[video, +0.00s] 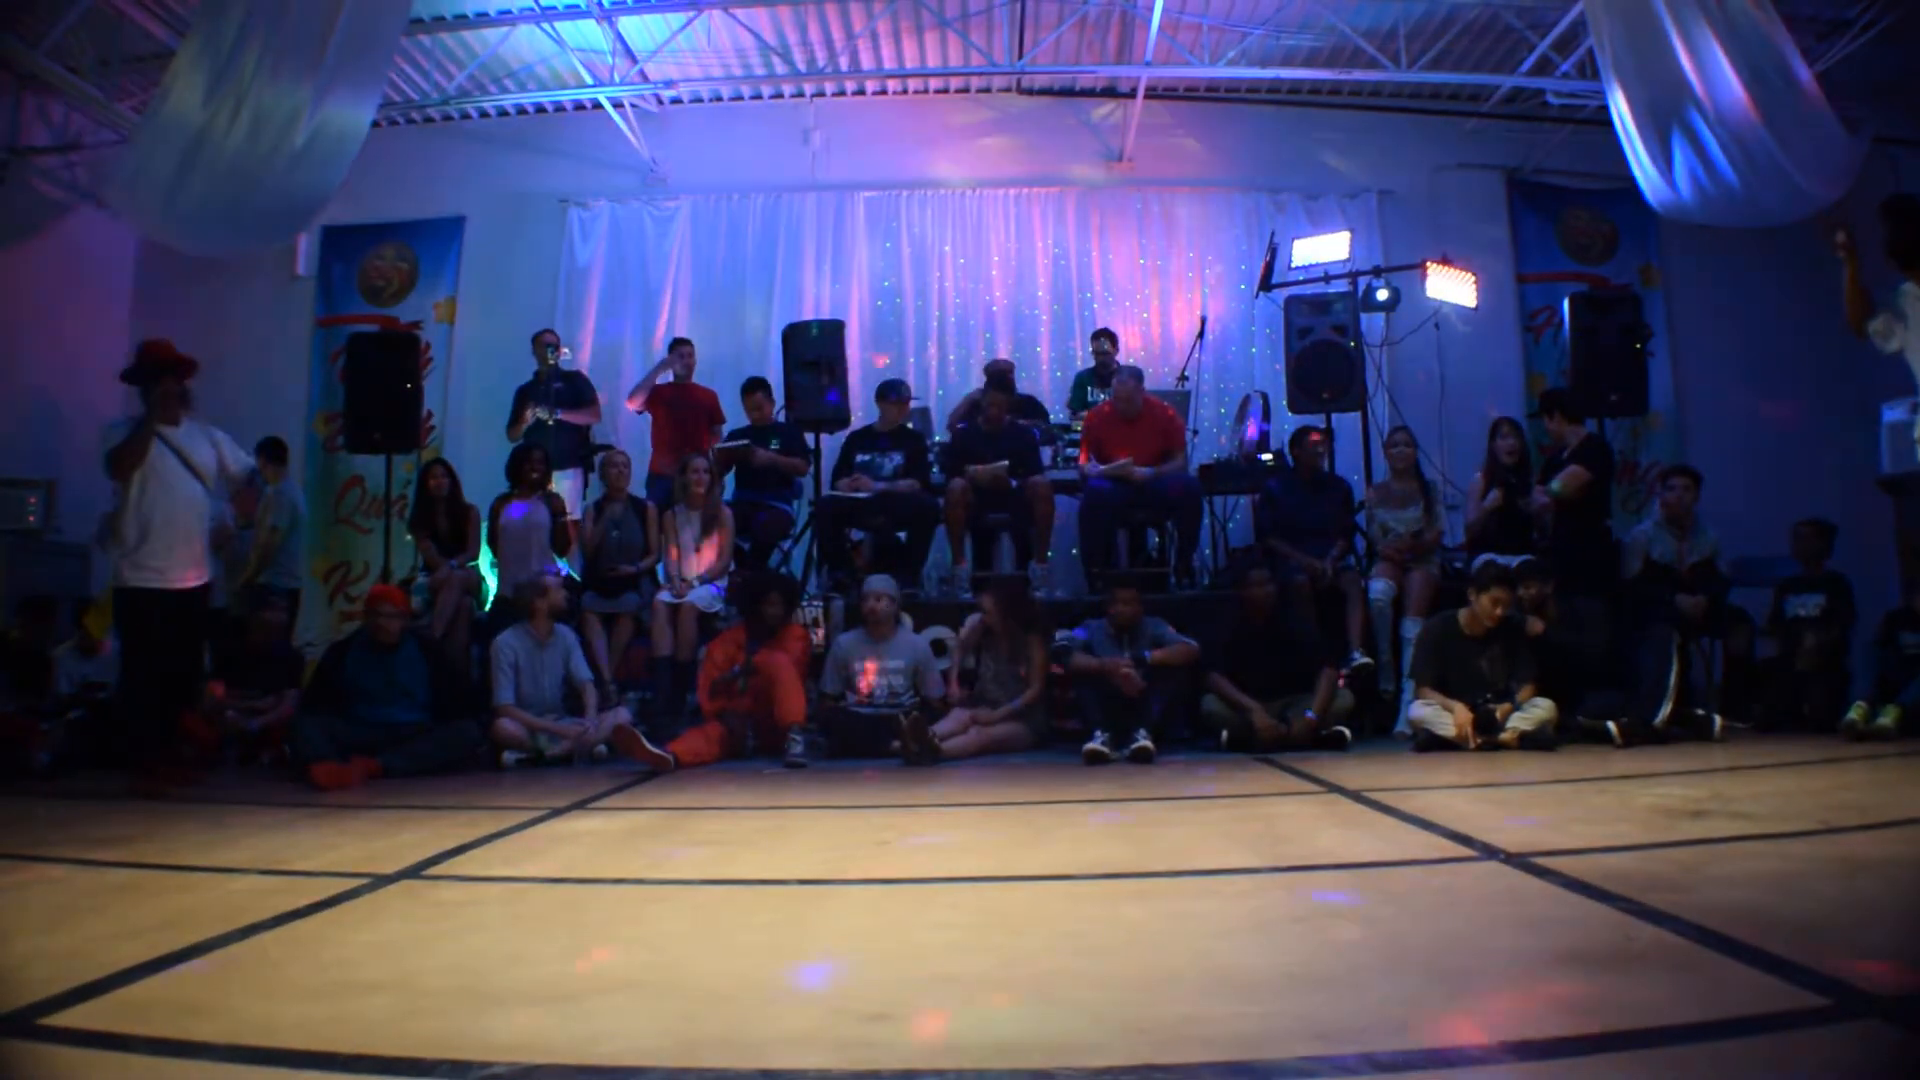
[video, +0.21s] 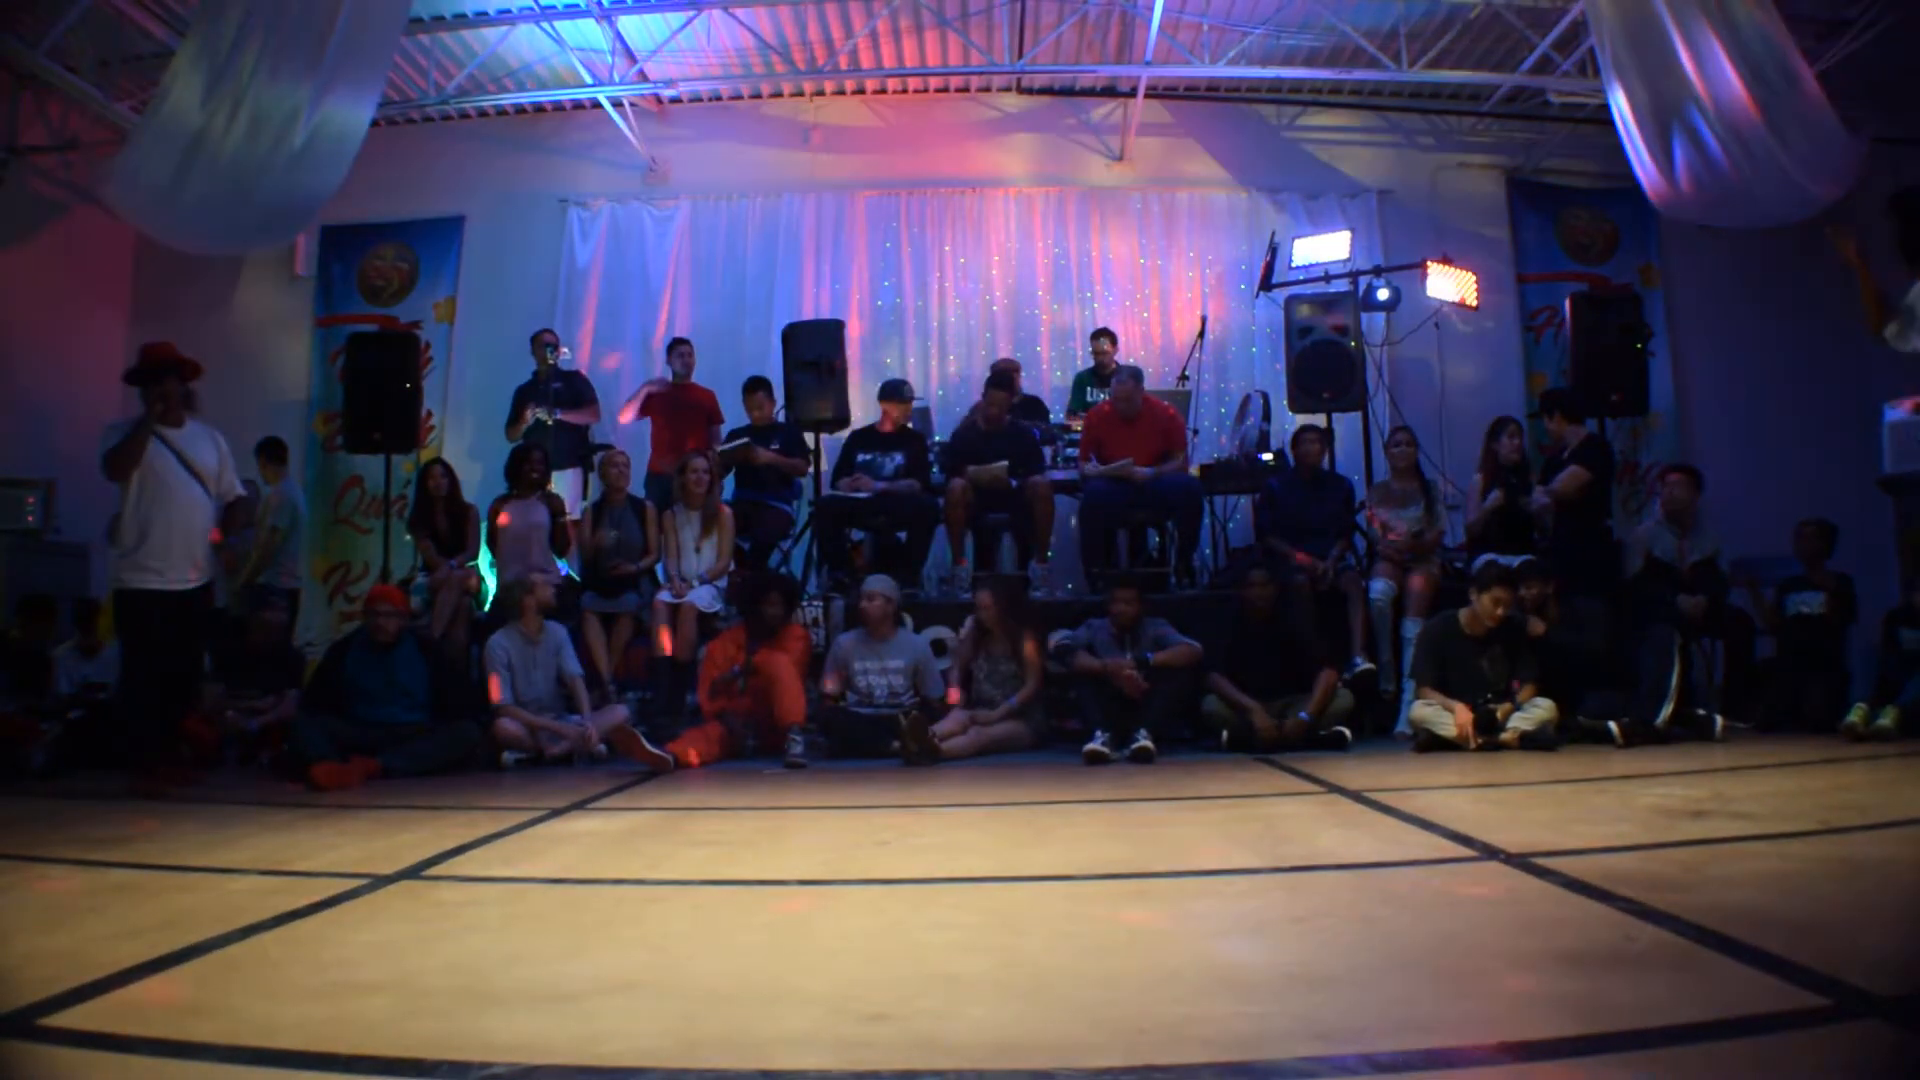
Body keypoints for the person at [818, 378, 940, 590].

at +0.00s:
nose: (903, 409)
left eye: (906, 403)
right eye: (897, 403)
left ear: (908, 405)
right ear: (881, 404)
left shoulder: (914, 439)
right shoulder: (856, 439)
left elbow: (919, 483)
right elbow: (837, 482)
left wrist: (875, 486)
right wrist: (850, 485)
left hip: (897, 502)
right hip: (859, 502)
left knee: (927, 508)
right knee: (826, 507)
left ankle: (909, 579)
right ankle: (839, 577)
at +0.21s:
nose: (908, 408)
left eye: (910, 403)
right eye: (902, 402)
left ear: (911, 405)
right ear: (885, 405)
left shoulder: (915, 440)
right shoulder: (858, 438)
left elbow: (919, 484)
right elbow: (837, 482)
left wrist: (876, 486)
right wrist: (852, 485)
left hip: (897, 503)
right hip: (860, 503)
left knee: (927, 508)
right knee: (826, 506)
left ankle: (909, 579)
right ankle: (839, 576)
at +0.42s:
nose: (909, 409)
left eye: (910, 403)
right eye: (903, 403)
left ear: (912, 405)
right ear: (885, 404)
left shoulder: (916, 440)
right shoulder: (857, 438)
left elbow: (919, 485)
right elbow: (837, 482)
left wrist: (874, 485)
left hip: (898, 503)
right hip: (861, 503)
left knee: (927, 509)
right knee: (826, 507)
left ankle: (909, 580)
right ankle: (839, 577)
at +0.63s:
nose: (907, 409)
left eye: (908, 403)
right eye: (901, 403)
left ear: (909, 406)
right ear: (883, 405)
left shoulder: (915, 439)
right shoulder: (858, 438)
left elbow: (919, 484)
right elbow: (838, 482)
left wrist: (875, 486)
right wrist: (850, 485)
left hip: (898, 502)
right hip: (860, 503)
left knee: (928, 509)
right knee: (826, 508)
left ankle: (908, 579)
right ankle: (840, 577)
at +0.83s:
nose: (905, 408)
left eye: (906, 403)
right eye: (901, 403)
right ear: (882, 406)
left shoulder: (914, 439)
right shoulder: (856, 438)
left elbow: (919, 483)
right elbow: (837, 481)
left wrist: (876, 486)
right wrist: (846, 484)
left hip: (897, 503)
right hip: (859, 504)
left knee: (927, 508)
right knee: (827, 507)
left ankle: (907, 579)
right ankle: (838, 577)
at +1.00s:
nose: (901, 408)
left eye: (901, 402)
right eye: (894, 403)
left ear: (903, 404)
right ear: (878, 405)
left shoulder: (913, 439)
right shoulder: (856, 438)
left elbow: (919, 483)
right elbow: (838, 481)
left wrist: (876, 486)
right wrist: (848, 485)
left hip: (898, 502)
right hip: (860, 503)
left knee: (927, 508)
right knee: (827, 507)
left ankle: (909, 577)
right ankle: (838, 576)